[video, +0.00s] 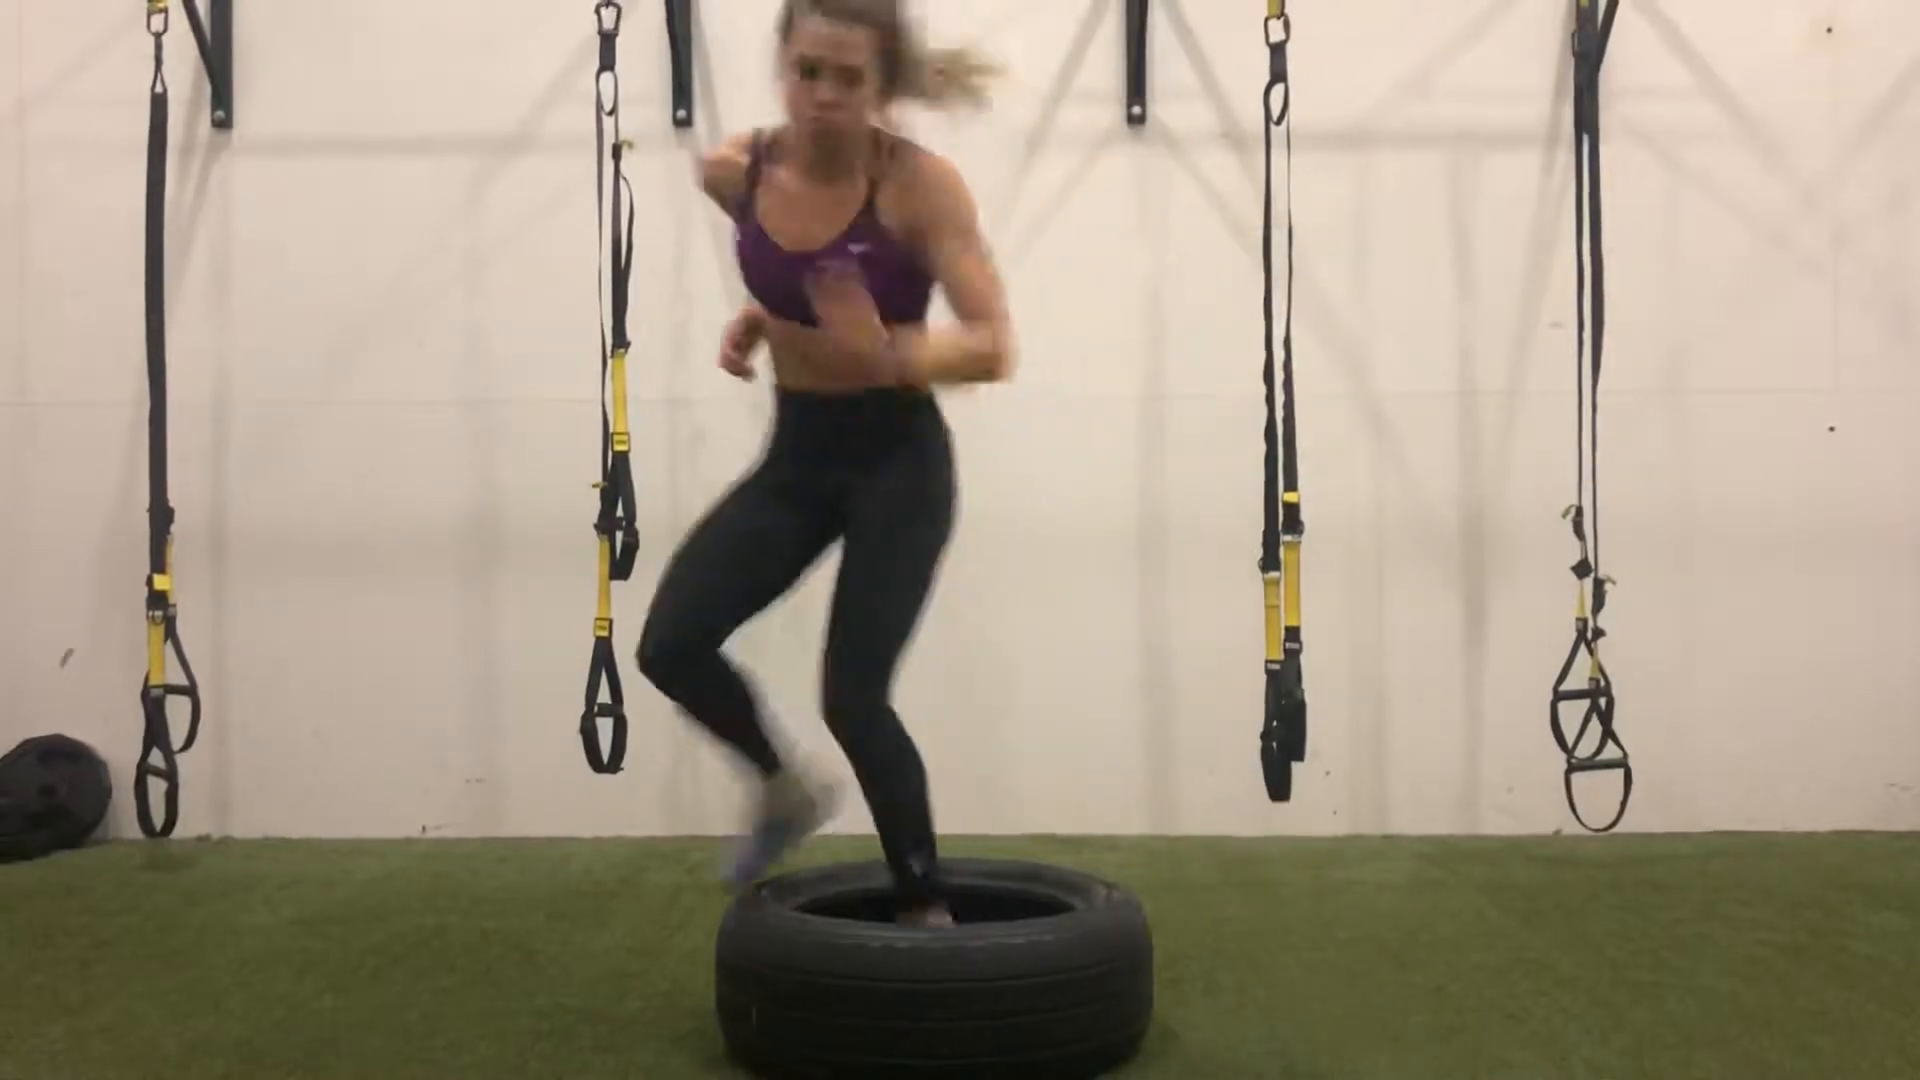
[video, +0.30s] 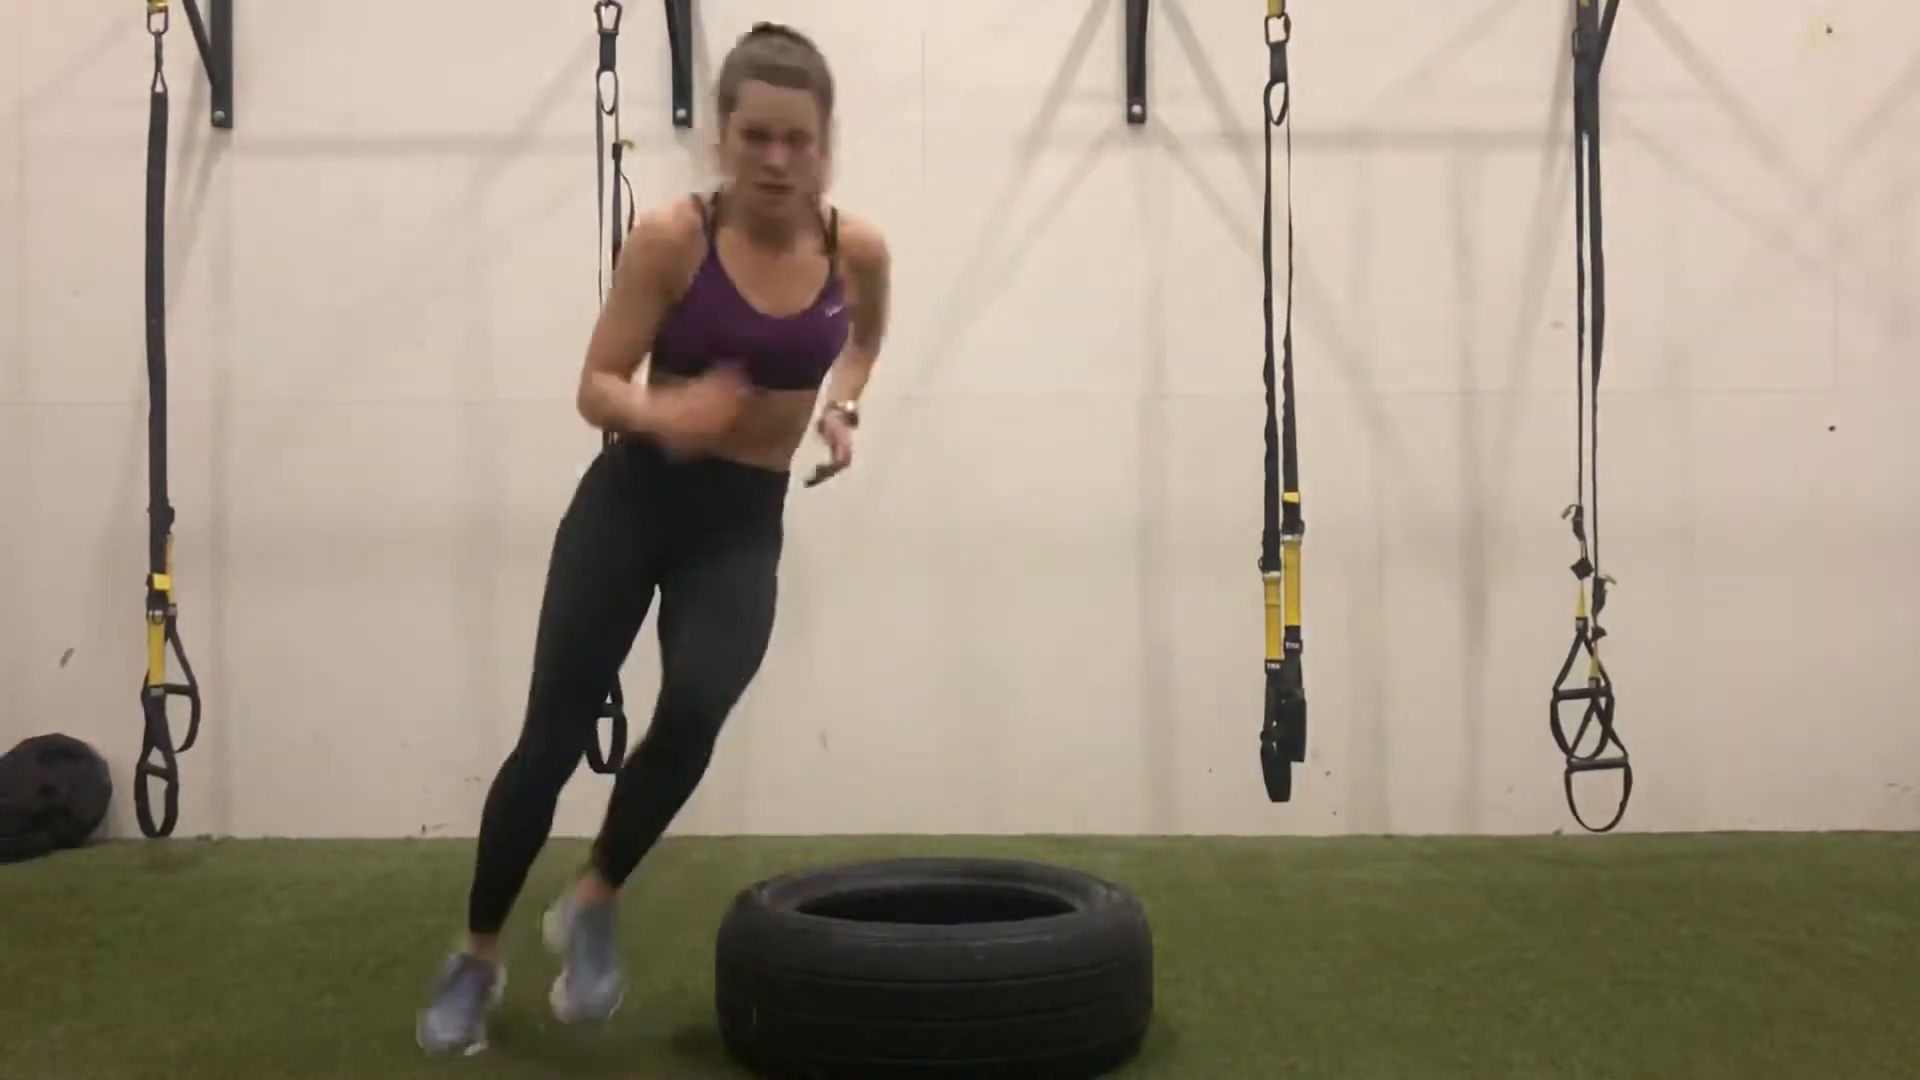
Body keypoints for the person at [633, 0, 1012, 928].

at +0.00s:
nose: (825, 94)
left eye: (848, 78)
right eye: (809, 71)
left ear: (884, 86)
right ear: (784, 70)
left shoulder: (923, 186)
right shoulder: (735, 172)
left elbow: (992, 347)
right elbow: (795, 257)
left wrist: (890, 354)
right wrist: (758, 316)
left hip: (900, 462)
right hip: (800, 455)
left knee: (853, 697)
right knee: (672, 647)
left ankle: (926, 912)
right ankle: (787, 786)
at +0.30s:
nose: (777, 160)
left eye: (799, 138)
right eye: (756, 136)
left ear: (829, 140)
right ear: (722, 131)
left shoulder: (856, 252)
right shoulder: (672, 237)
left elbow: (865, 338)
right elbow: (598, 386)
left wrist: (840, 405)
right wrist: (667, 410)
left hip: (743, 517)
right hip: (631, 492)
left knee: (695, 715)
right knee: (553, 737)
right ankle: (477, 953)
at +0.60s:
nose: (870, 97)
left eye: (885, 76)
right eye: (850, 78)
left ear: (910, 70)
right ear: (814, 72)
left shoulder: (946, 131)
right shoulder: (776, 164)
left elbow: (954, 209)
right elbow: (685, 210)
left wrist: (810, 188)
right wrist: (621, 229)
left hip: (845, 461)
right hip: (786, 451)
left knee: (743, 719)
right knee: (979, 606)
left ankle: (560, 900)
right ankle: (862, 824)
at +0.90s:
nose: (1028, 74)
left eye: (1046, 51)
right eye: (1006, 54)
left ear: (1080, 49)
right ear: (975, 58)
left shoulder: (1126, 130)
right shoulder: (937, 165)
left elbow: (1176, 247)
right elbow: (844, 274)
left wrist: (1223, 363)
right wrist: (808, 335)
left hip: (1084, 441)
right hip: (976, 445)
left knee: (1177, 662)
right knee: (1039, 677)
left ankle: (1215, 858)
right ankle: (948, 885)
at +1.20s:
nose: (1060, 158)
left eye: (1083, 136)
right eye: (1043, 136)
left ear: (1130, 131)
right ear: (1021, 130)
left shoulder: (1184, 223)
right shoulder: (992, 229)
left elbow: (1293, 303)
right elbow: (892, 289)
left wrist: (1367, 390)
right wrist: (845, 308)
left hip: (1205, 498)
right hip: (1109, 523)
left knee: (1162, 735)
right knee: (1161, 788)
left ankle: (1371, 904)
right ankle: (1341, 923)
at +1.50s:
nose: (906, 122)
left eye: (930, 99)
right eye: (890, 97)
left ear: (980, 102)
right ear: (868, 94)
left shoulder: (1021, 196)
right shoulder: (840, 197)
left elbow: (1139, 259)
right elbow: (857, 373)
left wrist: (1118, 378)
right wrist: (914, 293)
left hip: (1008, 485)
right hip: (966, 484)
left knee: (889, 724)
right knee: (951, 722)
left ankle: (921, 939)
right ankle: (1169, 740)